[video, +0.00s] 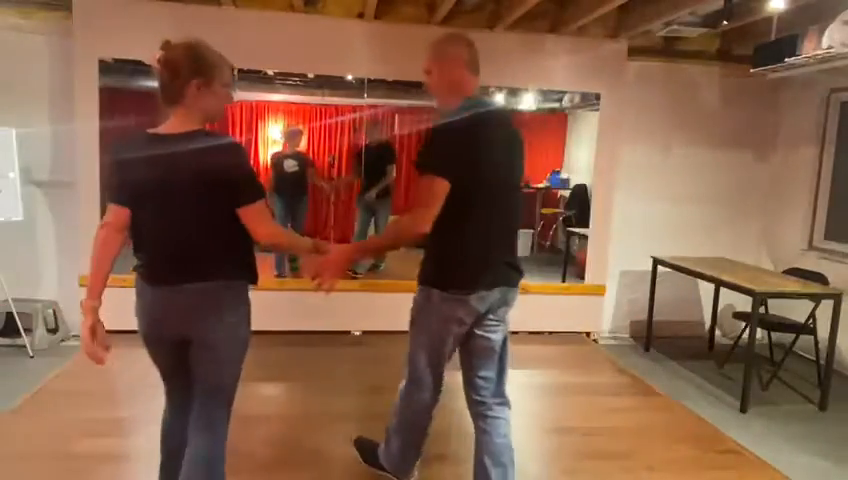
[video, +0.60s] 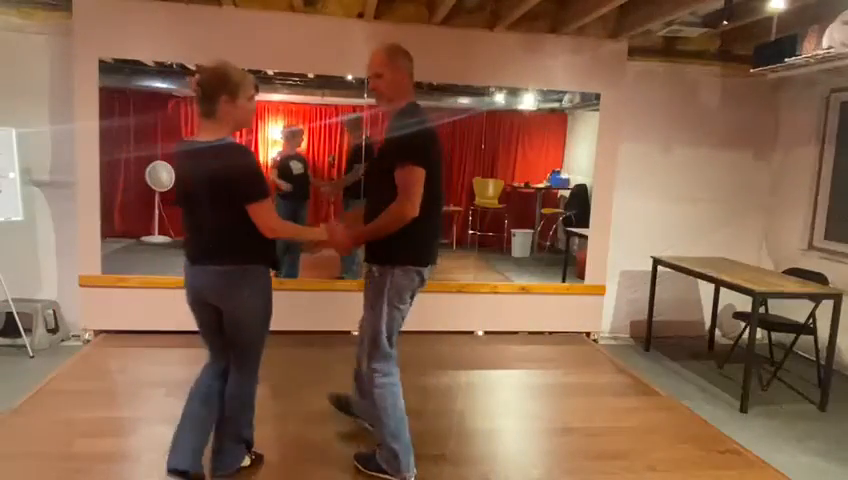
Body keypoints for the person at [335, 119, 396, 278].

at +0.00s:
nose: (371, 134)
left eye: (374, 130)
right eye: (369, 130)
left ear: (380, 131)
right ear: (365, 132)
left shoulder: (387, 148)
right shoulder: (363, 151)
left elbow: (391, 175)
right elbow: (356, 174)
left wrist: (375, 190)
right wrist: (337, 183)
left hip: (382, 195)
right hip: (365, 194)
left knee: (380, 230)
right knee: (360, 230)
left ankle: (379, 260)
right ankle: (354, 262)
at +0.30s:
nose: (358, 132)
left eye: (361, 128)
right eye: (356, 128)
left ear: (368, 128)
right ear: (352, 130)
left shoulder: (376, 146)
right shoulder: (354, 149)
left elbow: (375, 173)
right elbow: (351, 176)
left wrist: (355, 187)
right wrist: (333, 185)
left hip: (372, 196)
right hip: (356, 196)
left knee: (372, 232)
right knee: (356, 232)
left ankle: (377, 265)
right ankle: (355, 268)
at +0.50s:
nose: (349, 132)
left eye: (351, 128)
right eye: (350, 128)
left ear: (355, 128)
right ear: (360, 127)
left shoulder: (366, 147)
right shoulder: (355, 148)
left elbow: (363, 173)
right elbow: (353, 174)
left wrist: (341, 186)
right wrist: (338, 186)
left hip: (362, 196)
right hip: (352, 196)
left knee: (356, 232)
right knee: (354, 232)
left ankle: (355, 269)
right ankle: (354, 268)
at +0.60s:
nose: (347, 132)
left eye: (349, 128)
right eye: (348, 128)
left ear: (353, 128)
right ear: (358, 126)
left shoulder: (362, 148)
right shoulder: (354, 148)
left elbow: (357, 172)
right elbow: (351, 173)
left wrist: (337, 185)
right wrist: (336, 185)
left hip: (358, 195)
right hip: (352, 195)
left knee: (351, 231)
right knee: (351, 231)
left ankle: (350, 269)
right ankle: (350, 268)